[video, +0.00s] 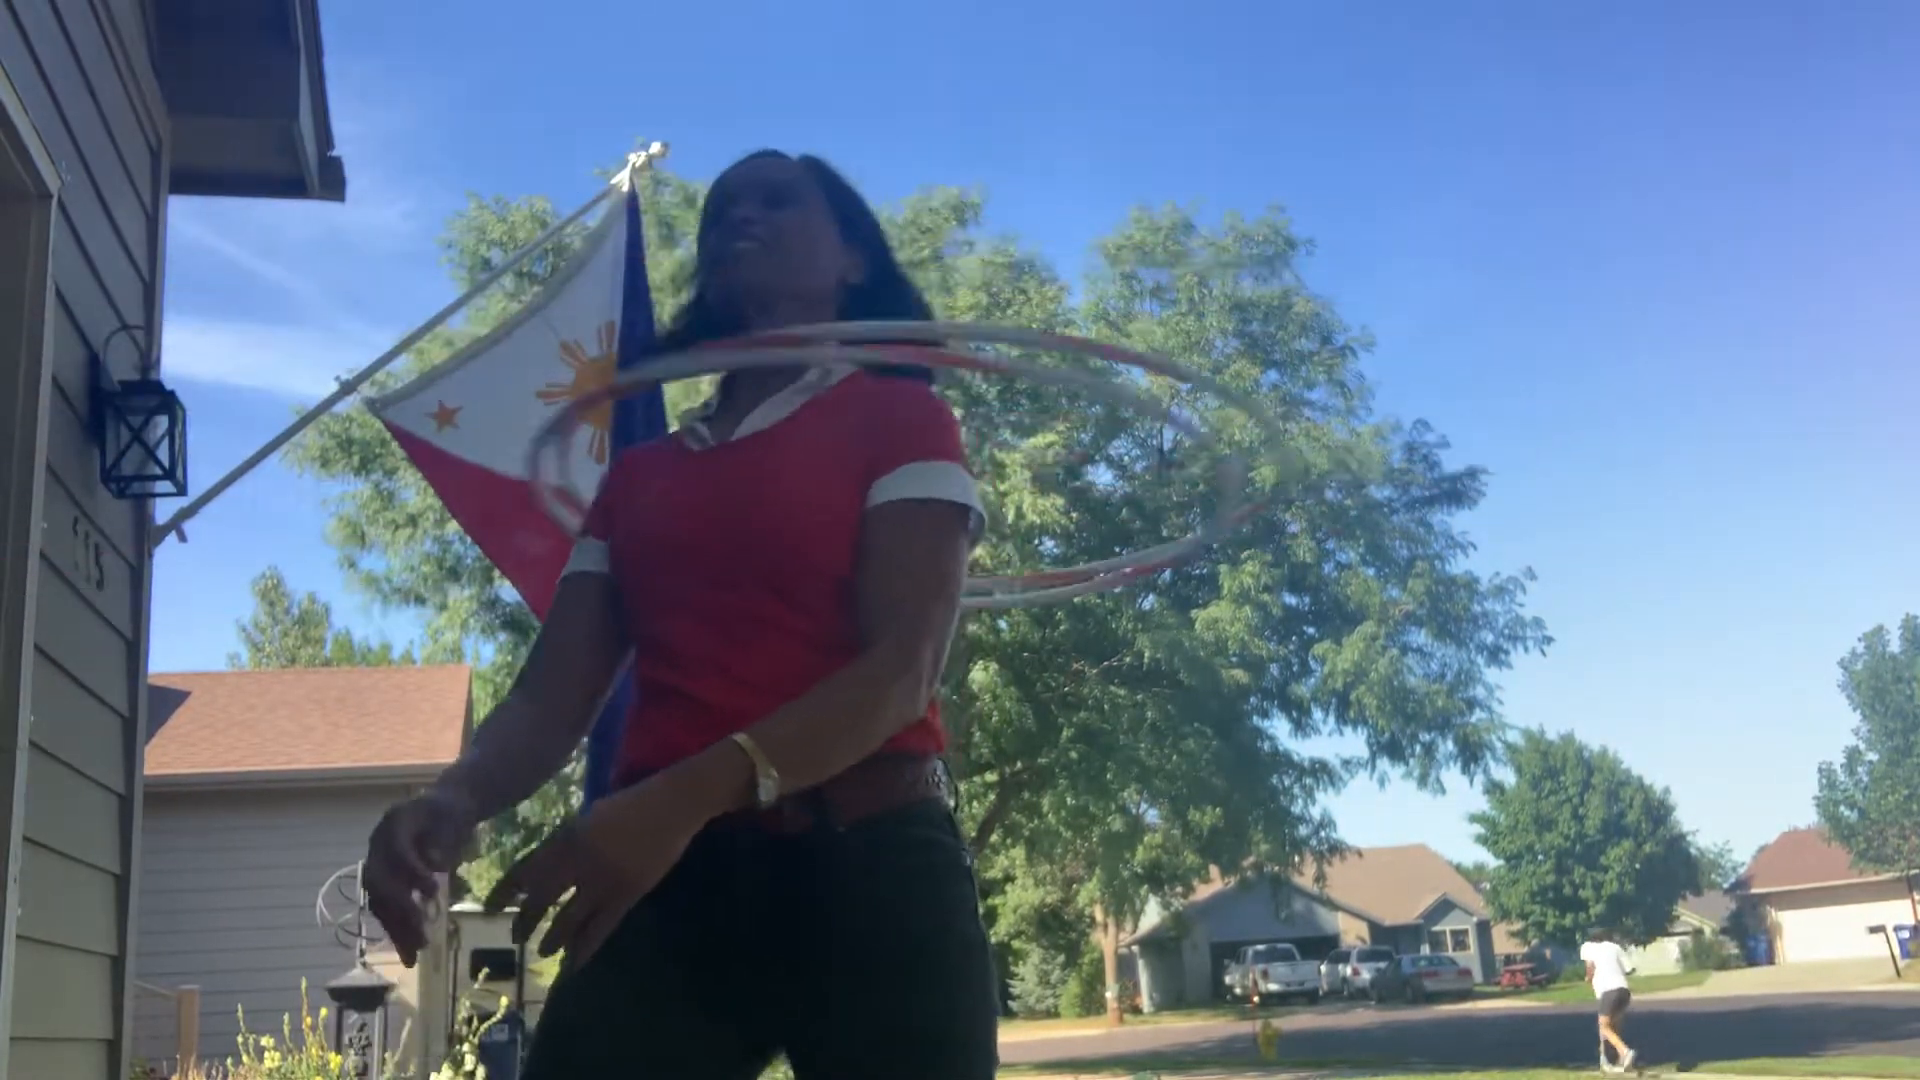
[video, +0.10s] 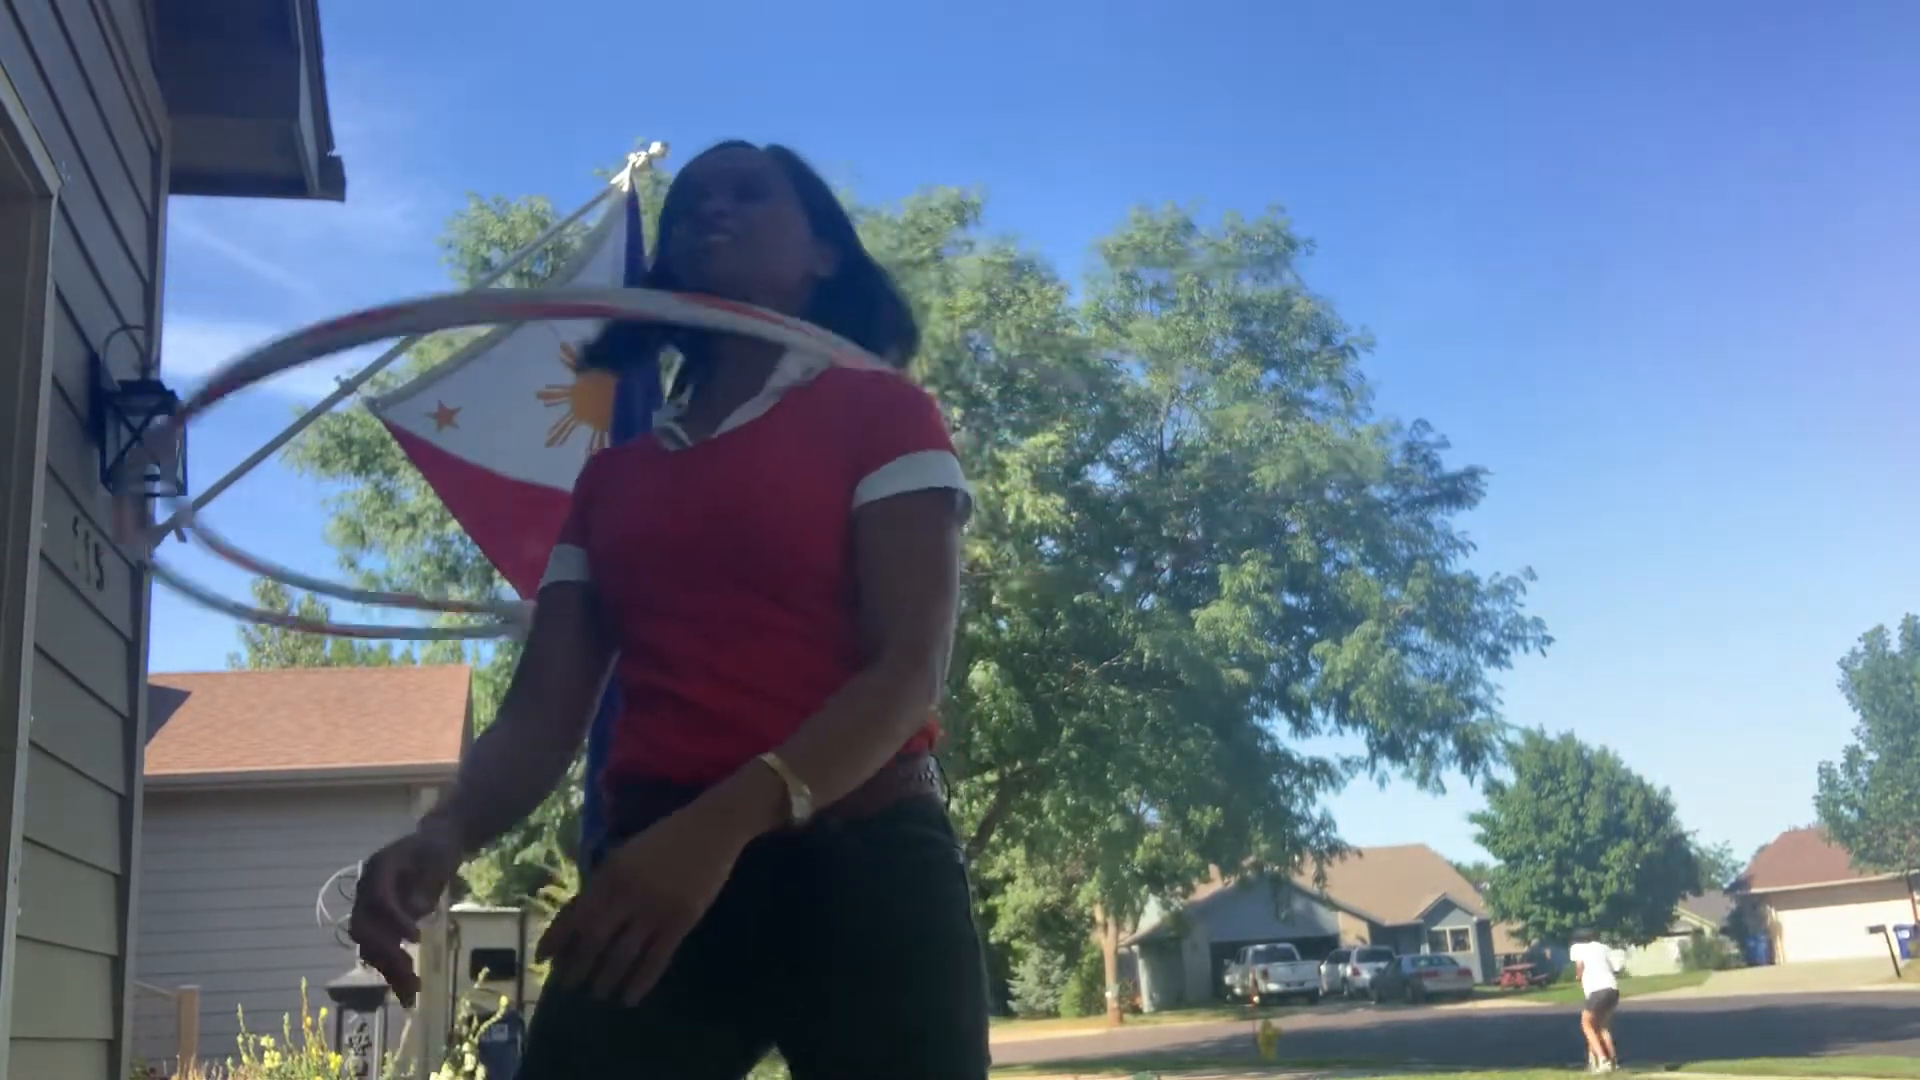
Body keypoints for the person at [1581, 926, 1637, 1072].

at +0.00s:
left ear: (1591, 937)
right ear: (1606, 937)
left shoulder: (1588, 946)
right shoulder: (1615, 946)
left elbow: (1590, 965)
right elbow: (1627, 968)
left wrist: (1589, 978)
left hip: (1608, 988)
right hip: (1624, 987)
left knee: (1604, 1026)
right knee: (1614, 1026)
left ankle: (1625, 1052)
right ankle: (1619, 1062)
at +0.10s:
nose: (1573, 944)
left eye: (1574, 942)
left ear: (1577, 939)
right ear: (1591, 937)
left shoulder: (1577, 947)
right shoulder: (1602, 947)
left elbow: (1580, 963)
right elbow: (1614, 967)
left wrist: (1578, 976)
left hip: (1597, 988)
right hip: (1613, 987)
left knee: (1587, 1023)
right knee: (1602, 1025)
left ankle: (1602, 1060)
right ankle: (1612, 1060)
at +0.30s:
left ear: (1557, 944)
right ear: (1571, 941)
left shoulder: (1555, 951)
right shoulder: (1582, 948)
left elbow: (1558, 967)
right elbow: (1596, 966)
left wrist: (1562, 981)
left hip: (1574, 989)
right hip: (1591, 989)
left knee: (1566, 1026)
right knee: (1583, 1026)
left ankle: (1565, 1063)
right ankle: (1587, 1060)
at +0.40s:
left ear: (1550, 946)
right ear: (1563, 945)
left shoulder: (1548, 955)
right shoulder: (1572, 952)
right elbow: (1585, 969)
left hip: (1563, 993)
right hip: (1579, 993)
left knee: (1560, 1030)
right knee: (1573, 1030)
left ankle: (1564, 1063)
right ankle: (1578, 1061)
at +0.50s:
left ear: (1543, 947)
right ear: (1555, 945)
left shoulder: (1545, 957)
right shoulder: (1565, 956)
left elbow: (1531, 960)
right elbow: (1573, 971)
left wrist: (1531, 949)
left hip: (1552, 995)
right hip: (1567, 994)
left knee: (1553, 1032)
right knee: (1555, 1030)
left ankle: (1565, 1064)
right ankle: (1557, 1060)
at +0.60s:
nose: (1524, 951)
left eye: (1524, 948)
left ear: (1526, 946)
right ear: (1539, 944)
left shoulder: (1527, 956)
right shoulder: (1549, 953)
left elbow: (1521, 967)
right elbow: (1562, 971)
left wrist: (1505, 969)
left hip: (1540, 993)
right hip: (1556, 993)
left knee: (1547, 1029)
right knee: (1546, 1025)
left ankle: (1560, 1059)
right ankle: (1552, 1058)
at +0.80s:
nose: (1506, 949)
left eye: (1507, 947)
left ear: (1507, 946)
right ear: (1521, 946)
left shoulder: (1507, 957)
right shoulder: (1530, 957)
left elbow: (1502, 972)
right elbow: (1541, 975)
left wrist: (1503, 982)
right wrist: (1529, 977)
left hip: (1517, 991)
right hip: (1532, 990)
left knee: (1525, 1024)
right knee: (1526, 1024)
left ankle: (1540, 1046)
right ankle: (1532, 1056)